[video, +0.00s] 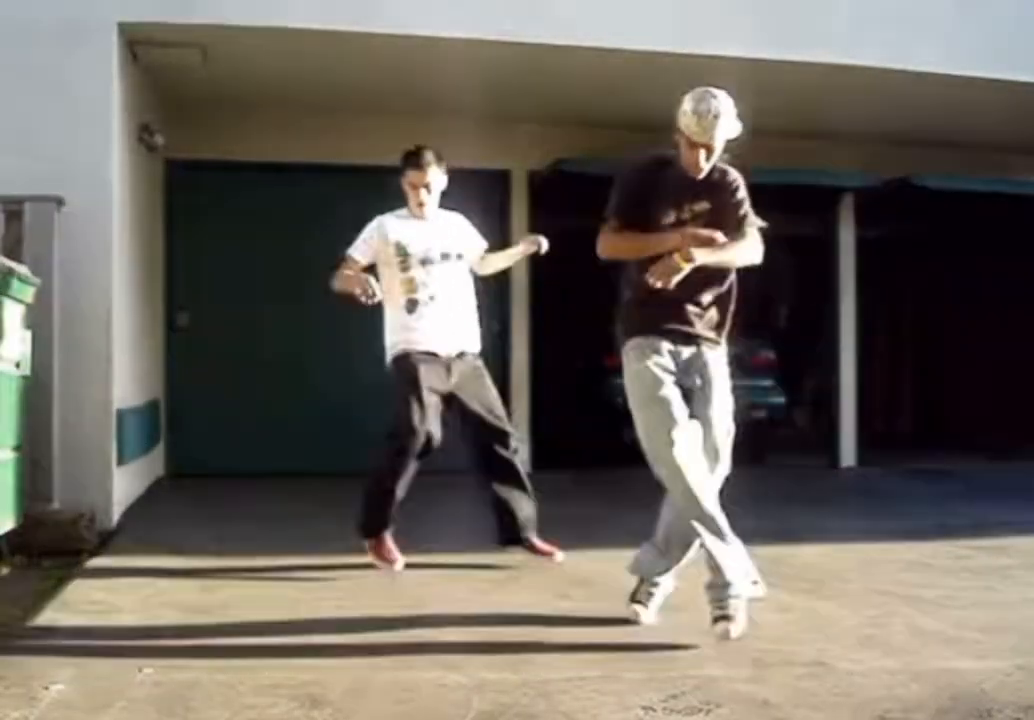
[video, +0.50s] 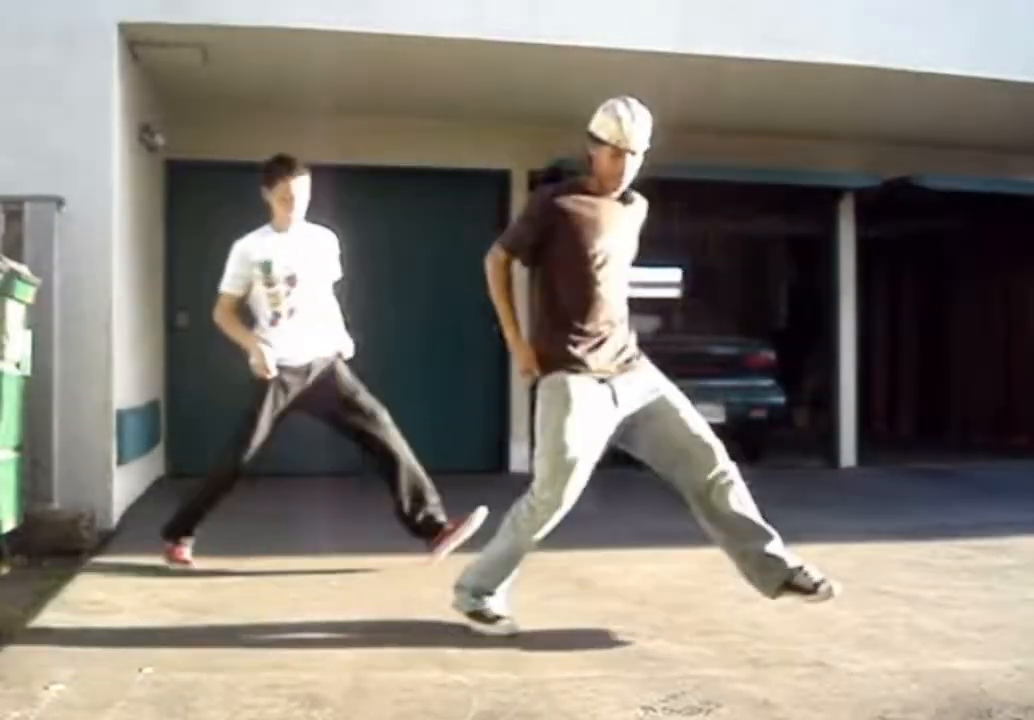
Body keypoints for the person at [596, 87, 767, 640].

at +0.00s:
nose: (700, 157)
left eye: (711, 147)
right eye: (693, 145)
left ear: (725, 141)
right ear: (677, 133)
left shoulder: (728, 183)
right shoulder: (643, 176)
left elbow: (752, 248)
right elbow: (607, 243)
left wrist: (689, 259)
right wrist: (676, 238)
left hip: (707, 340)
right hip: (650, 336)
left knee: (712, 461)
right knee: (674, 451)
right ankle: (732, 576)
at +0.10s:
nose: (678, 173)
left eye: (689, 163)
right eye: (671, 160)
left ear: (703, 160)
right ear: (655, 149)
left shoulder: (706, 206)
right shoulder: (621, 195)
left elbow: (732, 271)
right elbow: (583, 263)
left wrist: (695, 283)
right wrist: (643, 255)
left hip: (686, 365)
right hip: (630, 359)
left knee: (676, 478)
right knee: (663, 474)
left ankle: (625, 574)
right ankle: (732, 595)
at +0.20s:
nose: (649, 154)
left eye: (660, 146)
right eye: (642, 142)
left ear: (672, 143)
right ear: (625, 130)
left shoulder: (678, 181)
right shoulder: (586, 172)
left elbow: (718, 245)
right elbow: (535, 214)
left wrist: (714, 303)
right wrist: (592, 241)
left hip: (666, 346)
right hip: (608, 343)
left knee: (679, 465)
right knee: (619, 462)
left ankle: (640, 569)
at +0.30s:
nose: (633, 145)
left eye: (643, 135)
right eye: (625, 132)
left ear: (655, 133)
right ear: (607, 121)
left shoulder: (659, 172)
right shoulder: (569, 165)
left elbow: (688, 230)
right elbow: (509, 217)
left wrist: (686, 302)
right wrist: (547, 275)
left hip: (651, 340)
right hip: (589, 341)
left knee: (702, 445)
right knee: (584, 458)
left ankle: (694, 566)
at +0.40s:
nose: (622, 159)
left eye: (632, 149)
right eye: (614, 146)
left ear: (643, 149)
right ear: (594, 140)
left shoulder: (643, 201)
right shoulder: (554, 194)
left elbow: (643, 265)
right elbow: (496, 254)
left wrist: (640, 329)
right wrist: (514, 332)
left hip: (632, 365)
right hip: (569, 368)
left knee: (702, 467)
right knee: (550, 486)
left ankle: (766, 575)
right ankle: (474, 577)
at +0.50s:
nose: (615, 162)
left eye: (625, 152)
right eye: (607, 149)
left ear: (640, 156)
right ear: (591, 148)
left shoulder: (634, 210)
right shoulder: (554, 206)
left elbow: (602, 274)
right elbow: (497, 260)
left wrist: (607, 336)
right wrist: (517, 343)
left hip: (629, 367)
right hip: (570, 377)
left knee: (709, 465)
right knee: (554, 495)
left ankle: (776, 571)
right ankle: (478, 589)